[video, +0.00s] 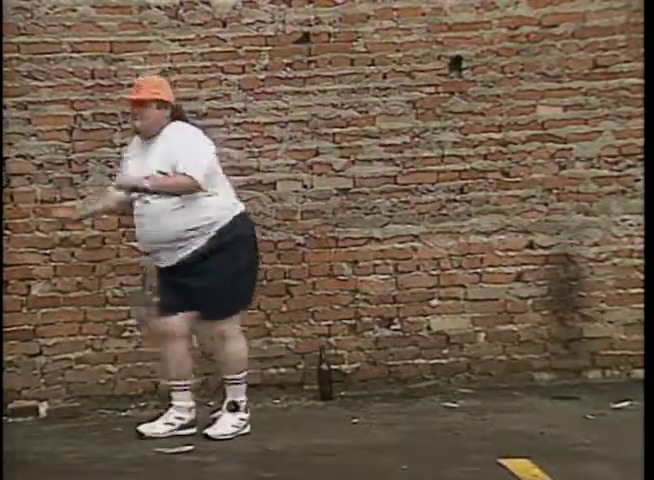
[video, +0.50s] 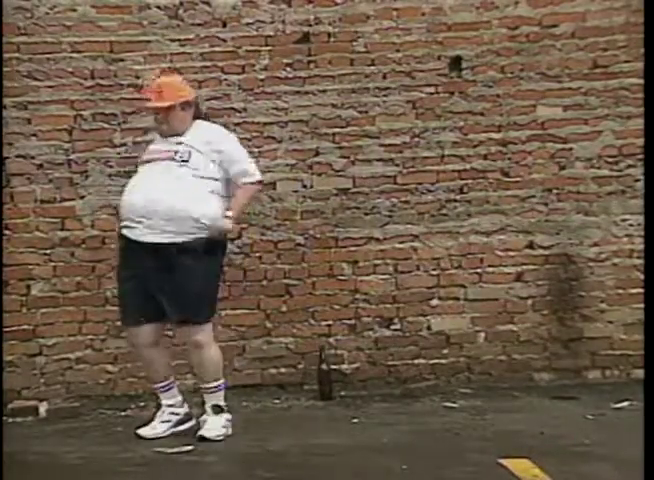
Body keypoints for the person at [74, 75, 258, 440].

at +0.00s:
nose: (136, 115)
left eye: (143, 108)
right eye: (134, 108)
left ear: (165, 109)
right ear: (133, 111)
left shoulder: (186, 137)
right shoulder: (136, 150)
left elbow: (193, 181)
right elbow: (130, 198)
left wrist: (138, 183)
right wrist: (88, 208)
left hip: (221, 243)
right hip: (175, 254)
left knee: (220, 328)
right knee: (172, 329)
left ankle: (237, 410)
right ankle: (182, 412)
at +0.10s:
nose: (131, 123)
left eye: (138, 116)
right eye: (127, 117)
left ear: (159, 111)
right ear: (125, 117)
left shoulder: (181, 136)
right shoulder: (127, 151)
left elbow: (170, 181)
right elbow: (97, 194)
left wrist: (138, 209)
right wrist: (70, 229)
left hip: (216, 240)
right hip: (168, 253)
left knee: (216, 321)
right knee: (161, 327)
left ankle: (231, 404)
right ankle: (180, 412)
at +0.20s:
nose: (133, 131)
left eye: (137, 123)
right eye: (129, 126)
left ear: (157, 112)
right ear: (129, 123)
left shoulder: (186, 132)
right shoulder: (130, 151)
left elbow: (181, 177)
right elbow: (102, 187)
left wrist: (154, 219)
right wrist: (84, 211)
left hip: (206, 245)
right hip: (154, 255)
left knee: (209, 314)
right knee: (156, 332)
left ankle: (228, 393)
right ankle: (178, 411)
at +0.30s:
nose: (141, 125)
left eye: (145, 118)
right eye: (138, 120)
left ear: (165, 106)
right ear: (138, 116)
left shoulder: (197, 126)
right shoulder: (136, 143)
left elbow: (204, 169)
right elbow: (115, 184)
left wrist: (186, 210)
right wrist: (103, 212)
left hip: (200, 242)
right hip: (147, 249)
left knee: (204, 318)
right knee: (157, 331)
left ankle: (222, 392)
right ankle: (178, 411)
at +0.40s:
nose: (150, 117)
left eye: (155, 109)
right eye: (146, 111)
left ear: (176, 100)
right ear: (145, 109)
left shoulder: (210, 129)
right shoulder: (148, 135)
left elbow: (229, 172)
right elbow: (144, 181)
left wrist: (214, 215)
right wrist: (133, 222)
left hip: (191, 242)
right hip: (141, 243)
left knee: (199, 329)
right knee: (148, 328)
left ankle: (217, 407)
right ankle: (173, 408)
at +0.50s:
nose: (156, 118)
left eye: (162, 110)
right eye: (154, 111)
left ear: (185, 107)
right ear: (157, 110)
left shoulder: (216, 137)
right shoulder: (158, 141)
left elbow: (250, 180)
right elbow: (166, 188)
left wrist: (231, 216)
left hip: (192, 248)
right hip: (140, 246)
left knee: (197, 335)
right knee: (143, 334)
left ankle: (216, 412)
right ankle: (174, 409)